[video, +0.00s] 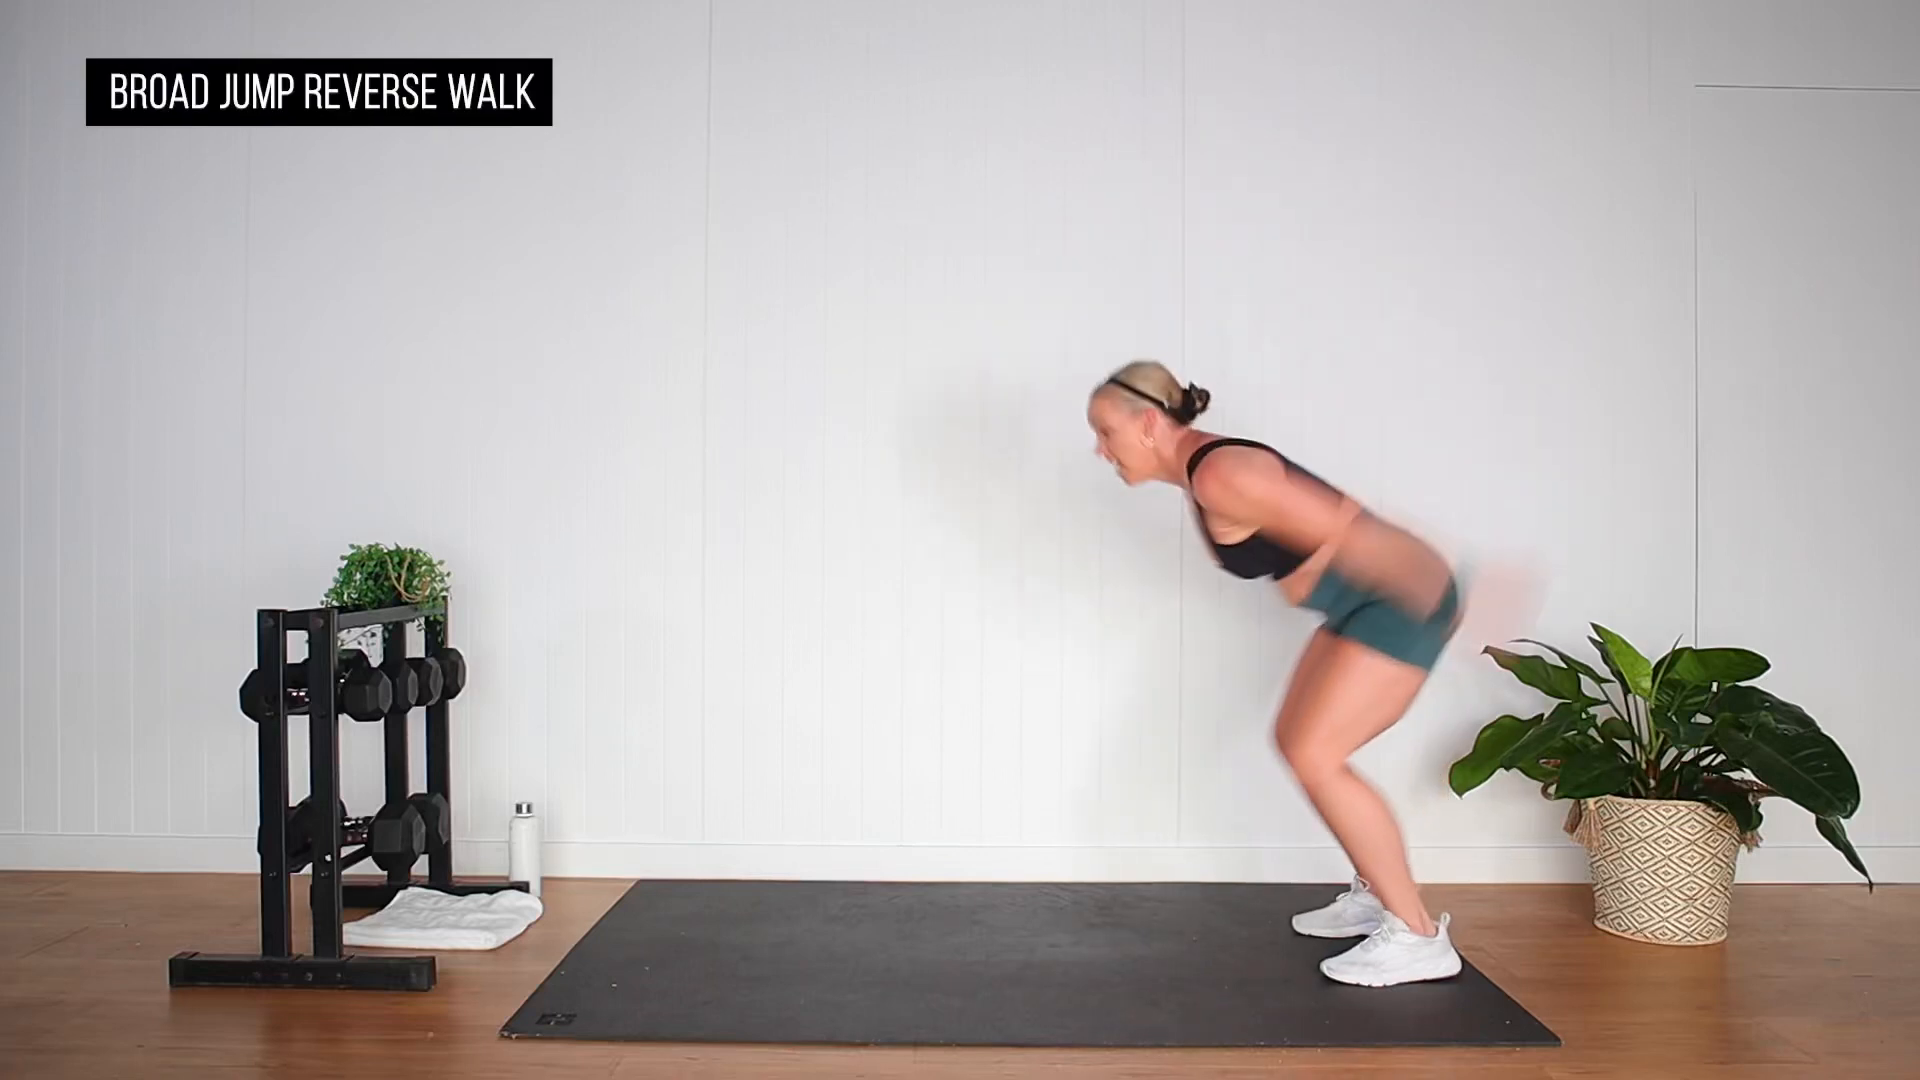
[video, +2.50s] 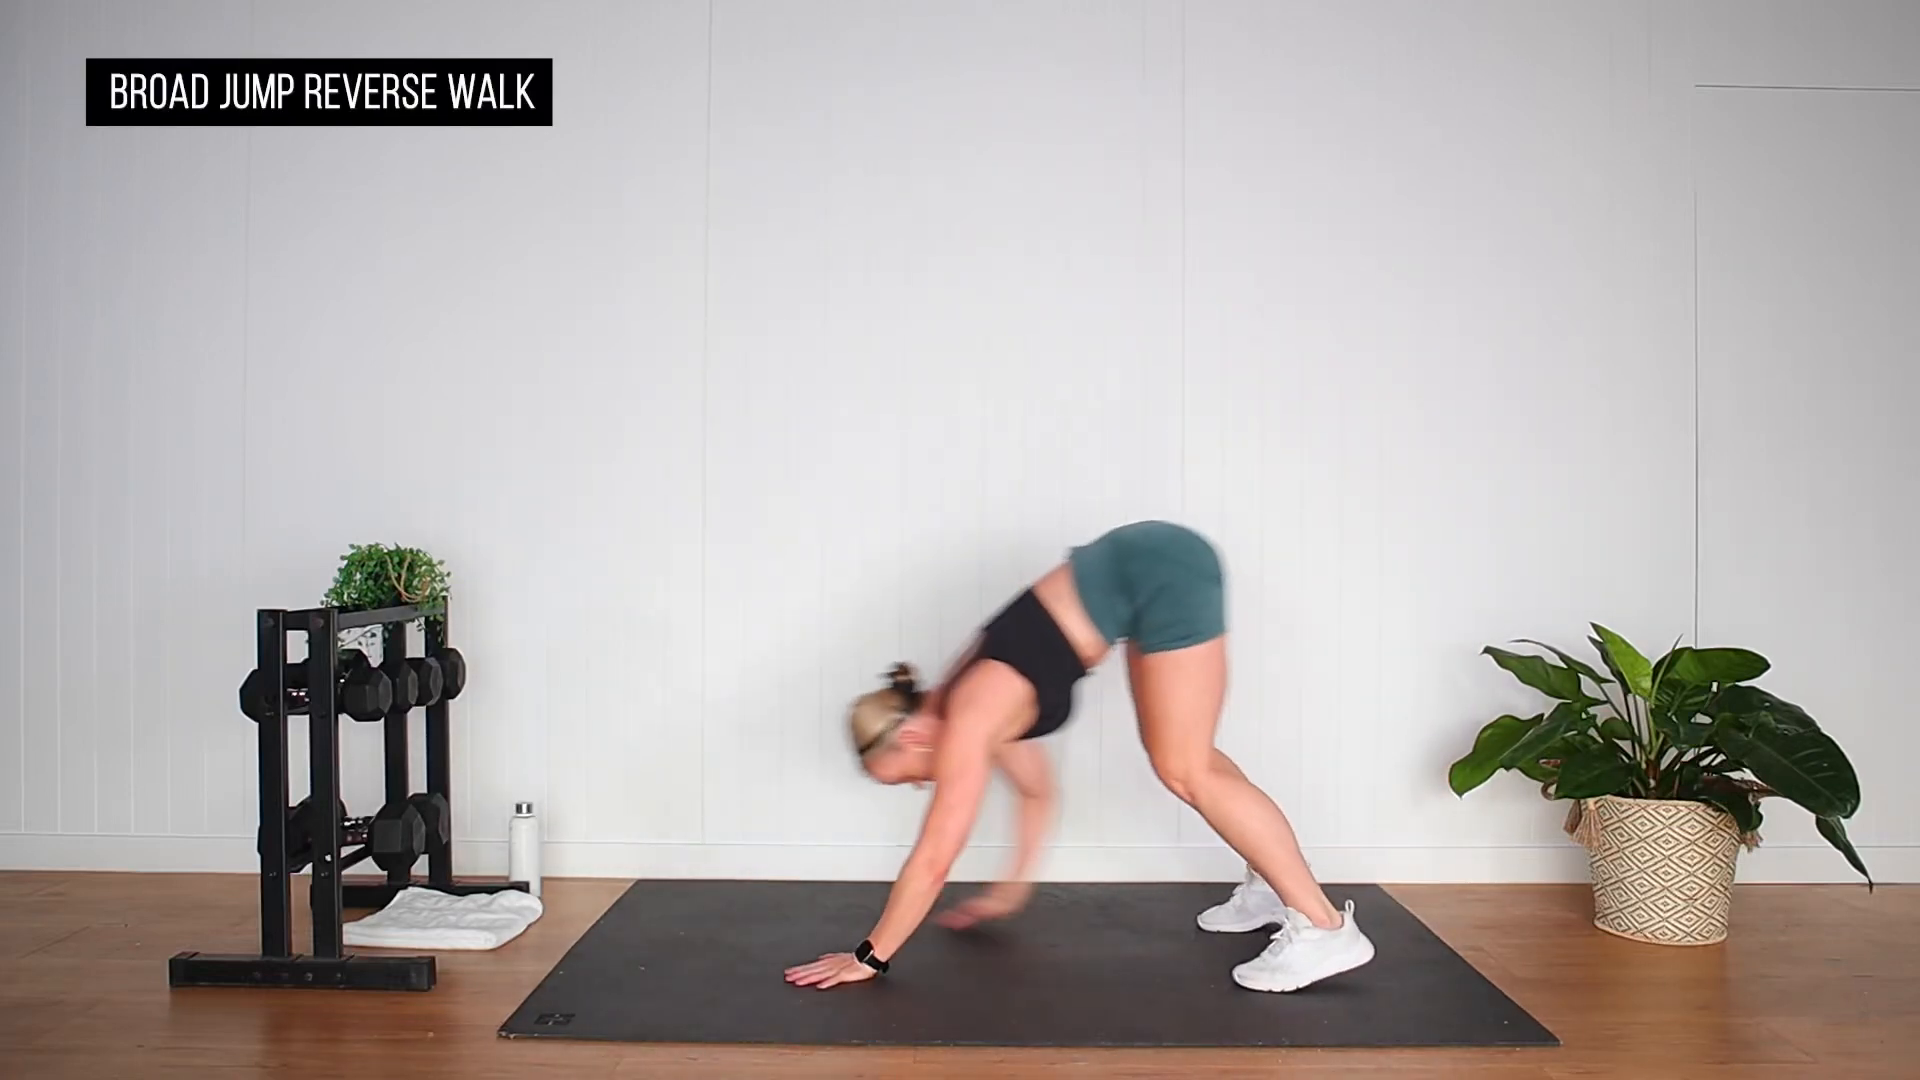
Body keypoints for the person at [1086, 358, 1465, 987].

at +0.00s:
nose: (1099, 450)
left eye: (1104, 433)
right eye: (1096, 435)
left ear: (1152, 425)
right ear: (1153, 426)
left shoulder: (1223, 476)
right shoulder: (1207, 472)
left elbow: (1346, 527)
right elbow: (1335, 522)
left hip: (1403, 600)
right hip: (1369, 596)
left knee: (1316, 753)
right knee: (1298, 739)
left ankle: (1416, 932)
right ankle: (1381, 891)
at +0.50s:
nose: (909, 227)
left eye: (914, 208)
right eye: (904, 211)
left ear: (952, 193)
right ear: (953, 198)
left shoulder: (990, 255)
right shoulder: (999, 255)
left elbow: (913, 361)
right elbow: (923, 383)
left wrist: (808, 415)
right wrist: (813, 417)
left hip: (1115, 448)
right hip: (1110, 447)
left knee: (1050, 628)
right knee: (1048, 627)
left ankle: (1085, 840)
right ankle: (1070, 840)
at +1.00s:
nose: (639, 702)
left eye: (627, 689)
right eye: (624, 694)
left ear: (644, 656)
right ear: (648, 648)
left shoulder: (706, 678)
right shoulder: (712, 645)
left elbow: (701, 820)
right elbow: (722, 802)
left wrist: (678, 951)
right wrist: (704, 894)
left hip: (928, 656)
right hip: (927, 645)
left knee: (765, 746)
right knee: (777, 739)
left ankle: (836, 938)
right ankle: (841, 900)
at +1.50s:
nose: (629, 774)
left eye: (609, 766)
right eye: (613, 772)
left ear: (606, 726)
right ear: (615, 721)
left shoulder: (654, 693)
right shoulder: (676, 689)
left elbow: (680, 832)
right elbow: (718, 809)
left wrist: (678, 957)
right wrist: (717, 903)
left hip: (832, 547)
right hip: (834, 544)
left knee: (950, 712)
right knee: (954, 703)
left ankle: (1124, 827)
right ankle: (1103, 794)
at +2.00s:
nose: (708, 761)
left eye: (695, 748)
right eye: (693, 754)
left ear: (707, 708)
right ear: (709, 698)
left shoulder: (771, 694)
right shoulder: (763, 685)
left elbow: (799, 828)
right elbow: (759, 809)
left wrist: (761, 926)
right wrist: (724, 904)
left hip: (987, 614)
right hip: (984, 613)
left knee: (1109, 774)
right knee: (1111, 766)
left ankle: (1278, 901)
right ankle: (1258, 869)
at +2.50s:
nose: (919, 784)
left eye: (906, 774)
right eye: (907, 781)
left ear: (914, 734)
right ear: (917, 729)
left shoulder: (972, 717)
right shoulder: (989, 711)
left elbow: (937, 854)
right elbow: (1038, 795)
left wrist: (871, 956)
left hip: (1165, 568)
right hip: (1151, 570)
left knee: (1187, 768)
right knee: (1188, 759)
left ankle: (1323, 924)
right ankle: (1278, 879)